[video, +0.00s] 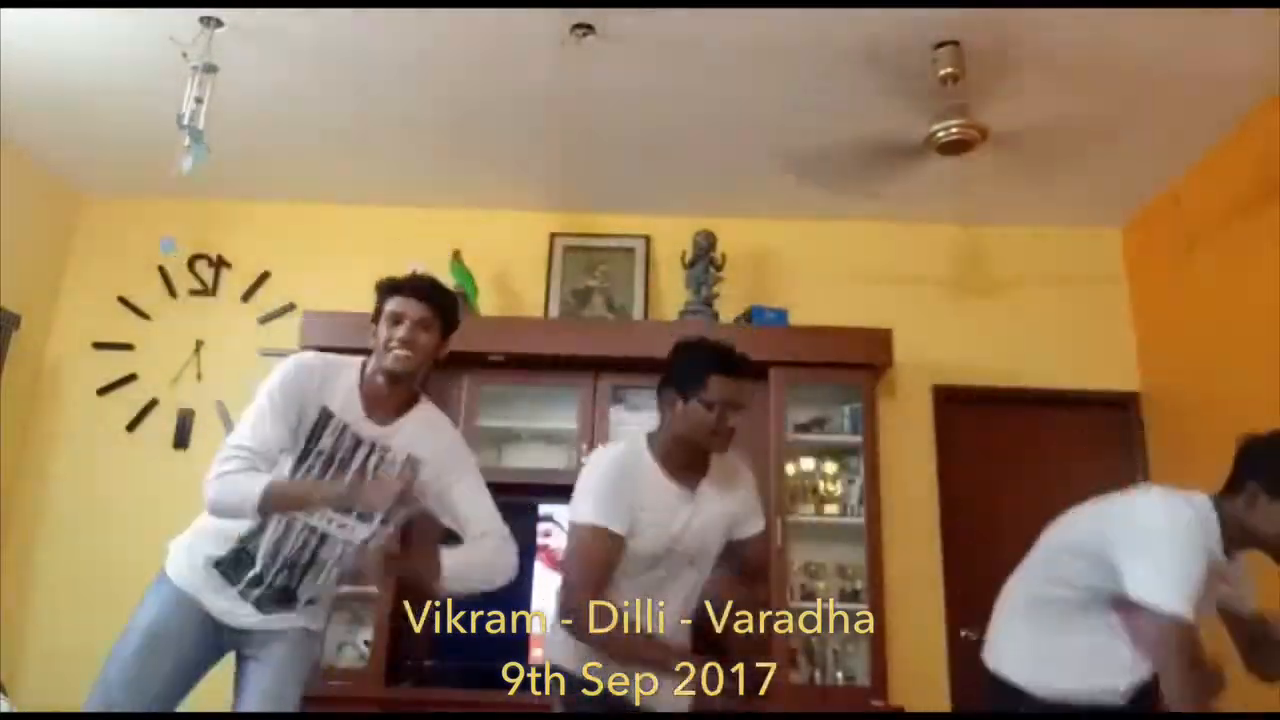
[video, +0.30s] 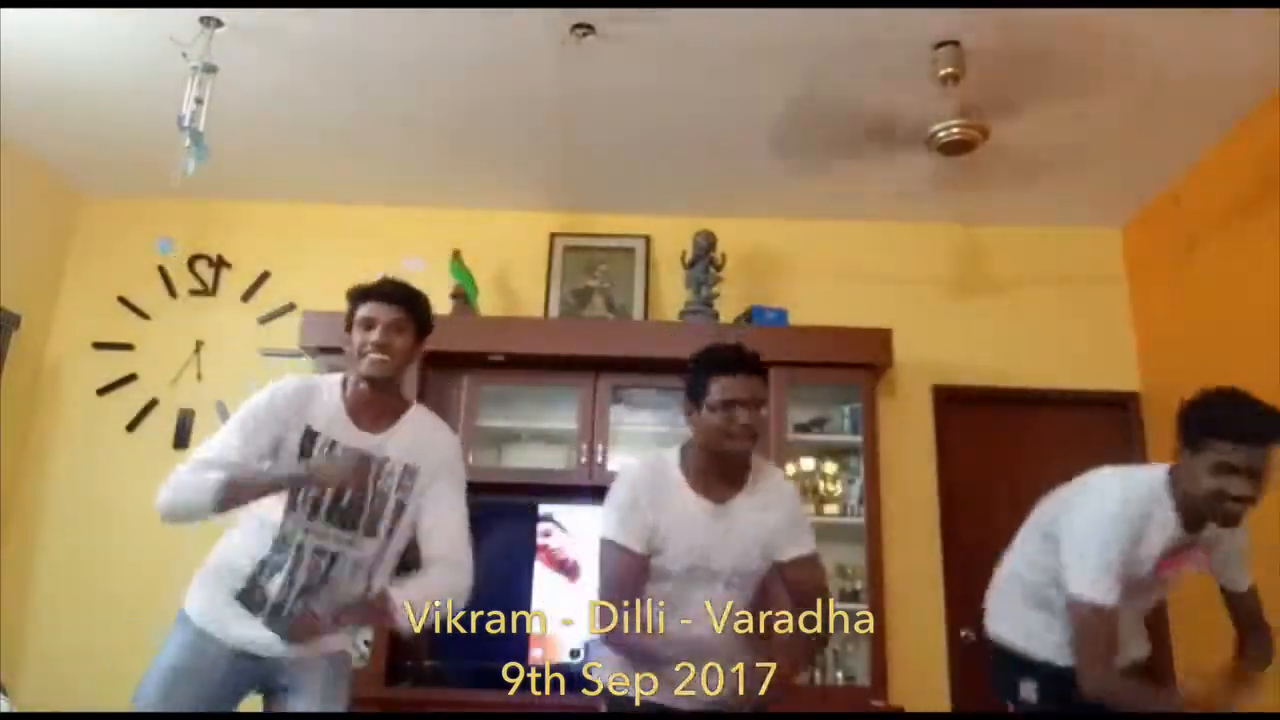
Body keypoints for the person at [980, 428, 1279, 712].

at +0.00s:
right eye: (1279, 506)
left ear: (1251, 498)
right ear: (1253, 497)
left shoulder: (1224, 553)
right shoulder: (1170, 525)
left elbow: (1265, 661)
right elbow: (1183, 697)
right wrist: (1212, 678)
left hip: (1119, 687)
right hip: (1036, 688)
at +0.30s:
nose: (1242, 492)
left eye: (1254, 476)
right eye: (1224, 471)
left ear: (1263, 478)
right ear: (1182, 458)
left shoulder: (1222, 520)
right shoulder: (1107, 507)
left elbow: (1254, 632)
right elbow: (1097, 683)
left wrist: (1230, 695)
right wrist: (1184, 704)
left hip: (1122, 644)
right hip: (1035, 650)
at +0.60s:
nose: (1089, 443)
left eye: (1106, 426)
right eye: (1075, 427)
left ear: (1144, 415)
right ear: (1064, 422)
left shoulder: (1201, 472)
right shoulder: (1032, 467)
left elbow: (1226, 625)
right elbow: (980, 603)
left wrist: (1116, 611)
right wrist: (1083, 560)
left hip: (1151, 629)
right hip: (1069, 628)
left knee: (1153, 706)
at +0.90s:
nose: (1029, 543)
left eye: (1045, 524)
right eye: (1015, 527)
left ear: (1081, 514)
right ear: (1005, 524)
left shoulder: (1152, 559)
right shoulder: (998, 565)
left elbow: (1197, 706)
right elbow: (966, 682)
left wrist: (1088, 663)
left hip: (1156, 703)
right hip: (1075, 701)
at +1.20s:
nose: (1041, 465)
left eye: (1056, 447)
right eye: (1025, 450)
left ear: (1089, 430)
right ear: (1012, 443)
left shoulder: (1155, 476)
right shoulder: (999, 481)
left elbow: (1211, 627)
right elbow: (983, 608)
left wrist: (1082, 630)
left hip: (1158, 659)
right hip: (1070, 655)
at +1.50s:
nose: (1099, 431)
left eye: (1106, 417)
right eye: (1077, 420)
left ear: (1119, 427)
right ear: (1044, 442)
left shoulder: (1170, 509)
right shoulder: (1007, 515)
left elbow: (1240, 647)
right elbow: (989, 647)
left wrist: (1198, 691)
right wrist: (1095, 665)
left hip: (1151, 692)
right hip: (1062, 693)